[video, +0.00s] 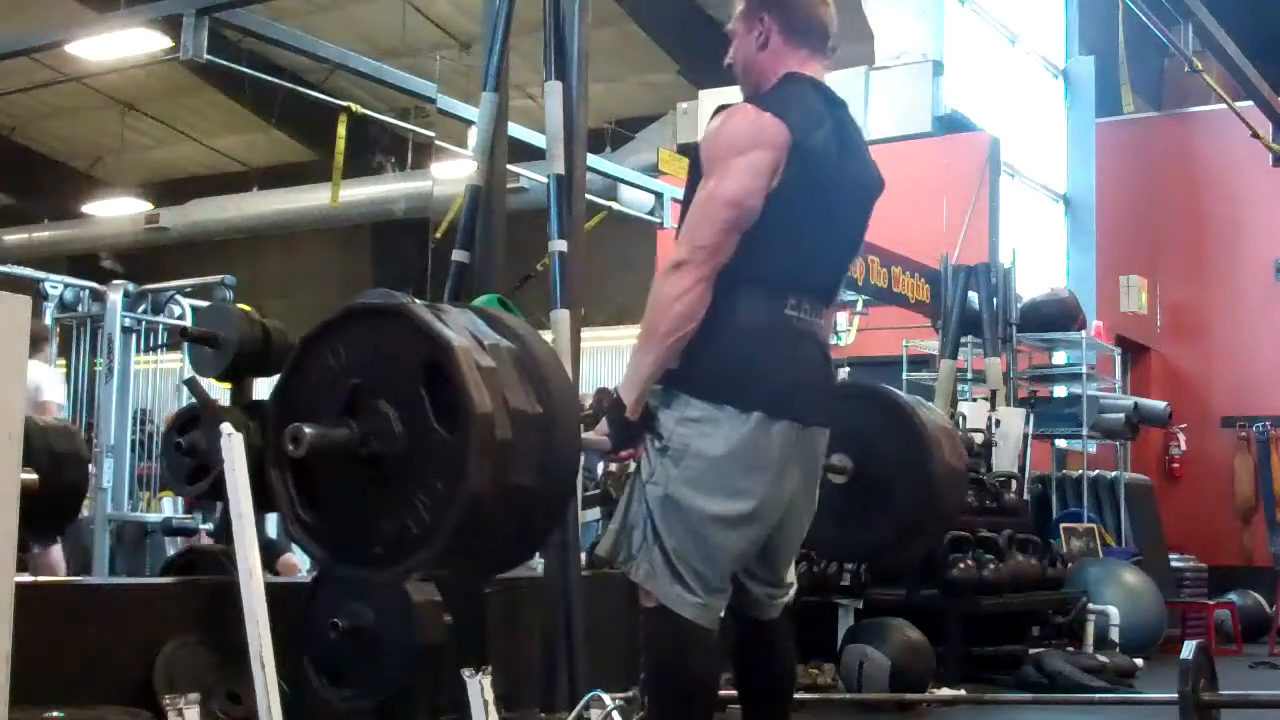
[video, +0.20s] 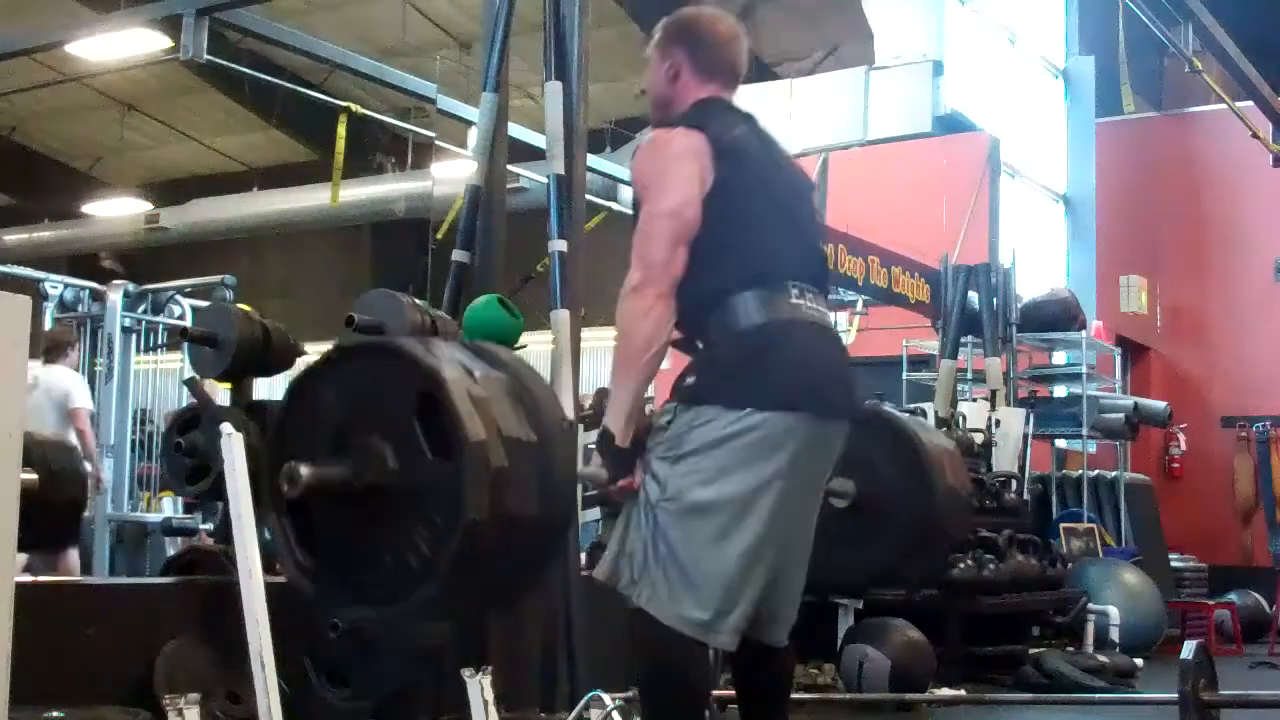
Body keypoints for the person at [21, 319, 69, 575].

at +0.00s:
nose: (51, 349)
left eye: (49, 345)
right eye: (50, 345)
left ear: (24, 343)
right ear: (44, 345)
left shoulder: (14, 367)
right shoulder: (45, 374)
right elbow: (49, 423)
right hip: (35, 464)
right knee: (44, 535)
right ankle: (59, 603)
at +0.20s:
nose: (78, 356)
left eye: (78, 351)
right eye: (77, 350)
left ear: (48, 350)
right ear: (70, 351)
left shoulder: (29, 375)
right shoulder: (71, 379)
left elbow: (20, 419)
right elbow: (81, 426)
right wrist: (95, 465)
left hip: (27, 458)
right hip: (62, 459)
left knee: (24, 538)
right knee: (68, 539)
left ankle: (9, 598)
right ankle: (72, 606)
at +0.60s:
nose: (108, 358)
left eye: (108, 353)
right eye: (106, 352)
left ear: (77, 351)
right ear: (95, 352)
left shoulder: (54, 381)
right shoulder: (102, 382)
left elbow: (40, 426)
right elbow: (115, 427)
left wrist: (36, 462)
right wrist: (136, 459)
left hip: (58, 477)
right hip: (90, 480)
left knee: (63, 541)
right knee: (91, 545)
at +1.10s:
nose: (132, 366)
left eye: (131, 361)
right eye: (130, 361)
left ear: (105, 360)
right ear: (122, 360)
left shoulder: (87, 386)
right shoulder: (121, 386)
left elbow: (77, 433)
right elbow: (125, 427)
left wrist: (81, 467)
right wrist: (139, 466)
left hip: (88, 480)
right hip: (115, 479)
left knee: (93, 544)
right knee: (132, 539)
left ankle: (89, 597)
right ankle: (104, 580)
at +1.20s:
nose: (141, 368)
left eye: (140, 363)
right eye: (139, 363)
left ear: (116, 362)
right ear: (130, 362)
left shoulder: (95, 388)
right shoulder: (127, 387)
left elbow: (87, 431)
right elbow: (128, 427)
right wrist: (146, 465)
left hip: (94, 480)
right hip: (123, 479)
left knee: (94, 543)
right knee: (144, 537)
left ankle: (93, 597)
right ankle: (125, 584)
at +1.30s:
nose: (148, 372)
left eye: (148, 366)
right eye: (147, 366)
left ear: (125, 365)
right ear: (138, 365)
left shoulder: (104, 388)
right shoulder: (133, 389)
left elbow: (100, 433)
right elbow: (133, 429)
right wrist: (153, 466)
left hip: (100, 481)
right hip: (130, 480)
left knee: (97, 543)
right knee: (153, 541)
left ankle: (93, 602)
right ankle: (147, 598)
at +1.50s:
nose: (176, 377)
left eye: (176, 372)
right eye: (175, 372)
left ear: (151, 371)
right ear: (165, 371)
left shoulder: (135, 392)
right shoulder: (157, 395)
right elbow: (156, 438)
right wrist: (171, 477)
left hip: (122, 484)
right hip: (146, 485)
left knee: (111, 544)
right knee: (166, 550)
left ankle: (91, 594)